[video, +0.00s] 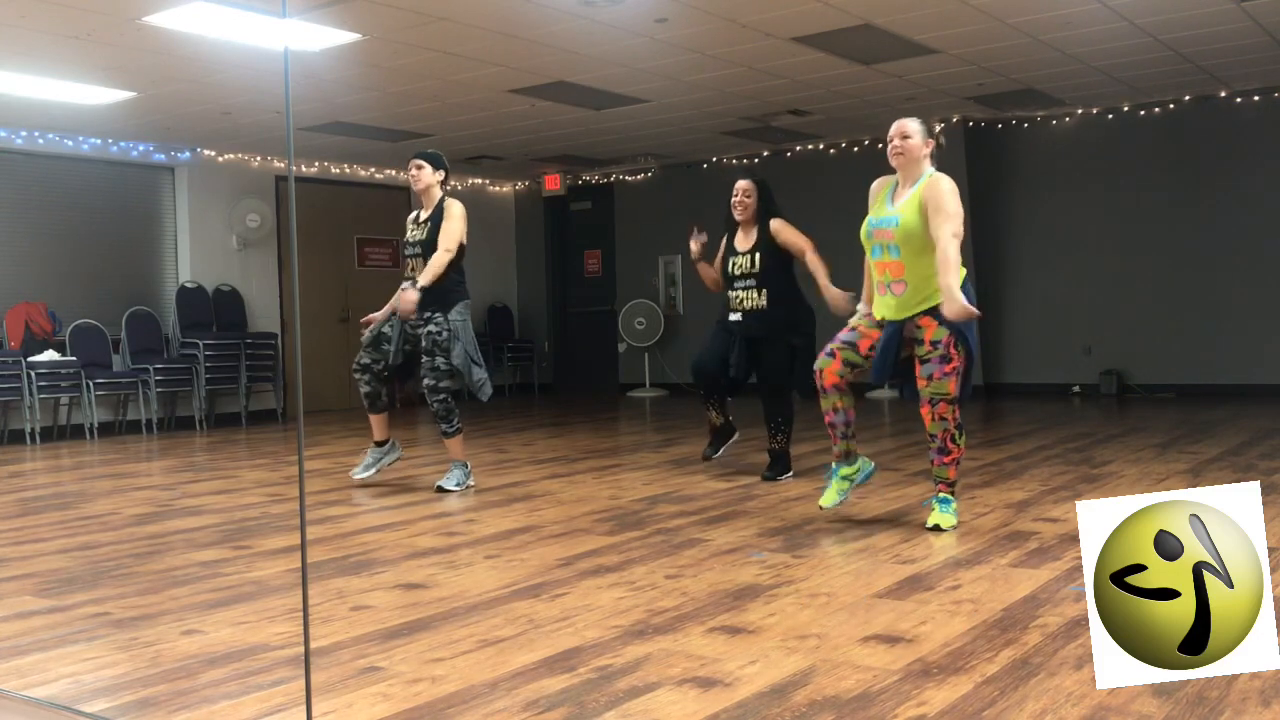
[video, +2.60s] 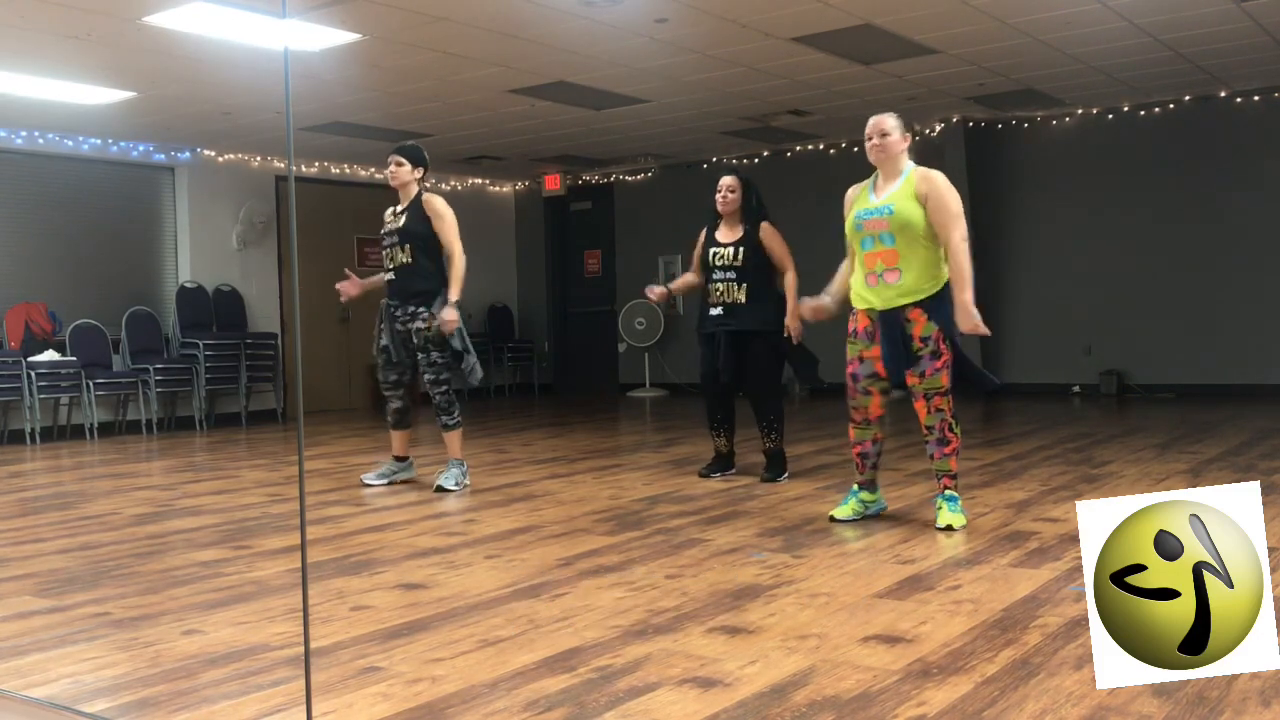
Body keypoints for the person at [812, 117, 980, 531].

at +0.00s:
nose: (894, 143)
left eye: (904, 136)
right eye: (889, 139)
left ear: (928, 146)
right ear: (887, 150)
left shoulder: (939, 187)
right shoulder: (880, 188)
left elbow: (948, 239)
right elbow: (873, 250)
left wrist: (950, 294)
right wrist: (866, 304)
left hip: (933, 314)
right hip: (883, 315)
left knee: (938, 405)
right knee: (829, 368)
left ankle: (944, 496)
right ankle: (848, 463)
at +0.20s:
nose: (883, 139)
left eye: (891, 132)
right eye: (876, 134)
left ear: (911, 141)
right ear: (869, 146)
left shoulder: (936, 183)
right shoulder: (856, 198)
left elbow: (968, 244)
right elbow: (847, 263)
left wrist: (977, 303)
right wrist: (820, 303)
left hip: (924, 311)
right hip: (868, 315)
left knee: (933, 404)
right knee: (861, 401)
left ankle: (943, 495)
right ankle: (863, 491)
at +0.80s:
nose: (879, 141)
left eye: (887, 133)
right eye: (872, 136)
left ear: (907, 140)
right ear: (865, 147)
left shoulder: (930, 188)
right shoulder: (849, 184)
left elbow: (954, 250)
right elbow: (827, 243)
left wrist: (936, 253)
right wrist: (816, 295)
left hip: (924, 307)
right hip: (866, 310)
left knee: (933, 400)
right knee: (859, 398)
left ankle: (946, 494)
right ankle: (863, 489)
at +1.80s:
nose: (849, 145)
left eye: (856, 138)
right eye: (841, 141)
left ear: (873, 148)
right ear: (831, 156)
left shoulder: (903, 184)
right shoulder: (822, 207)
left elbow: (938, 238)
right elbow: (810, 270)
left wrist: (955, 292)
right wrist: (787, 246)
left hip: (907, 311)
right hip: (847, 319)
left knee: (934, 385)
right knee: (851, 406)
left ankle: (930, 489)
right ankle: (865, 491)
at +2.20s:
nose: (873, 138)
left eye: (884, 131)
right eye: (869, 134)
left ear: (907, 139)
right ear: (864, 145)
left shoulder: (928, 188)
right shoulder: (849, 187)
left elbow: (952, 250)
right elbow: (814, 243)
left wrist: (932, 270)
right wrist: (790, 289)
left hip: (919, 310)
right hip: (864, 313)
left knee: (934, 403)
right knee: (863, 402)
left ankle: (949, 494)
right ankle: (867, 491)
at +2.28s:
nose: (880, 140)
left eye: (889, 133)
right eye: (876, 135)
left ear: (914, 142)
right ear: (872, 146)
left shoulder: (933, 189)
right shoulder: (858, 189)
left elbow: (954, 247)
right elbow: (848, 245)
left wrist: (915, 272)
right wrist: (843, 298)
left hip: (930, 309)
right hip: (875, 312)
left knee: (938, 401)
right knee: (834, 382)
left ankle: (949, 494)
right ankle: (859, 473)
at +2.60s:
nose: (873, 142)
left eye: (882, 134)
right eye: (868, 137)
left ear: (906, 140)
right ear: (864, 148)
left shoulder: (930, 182)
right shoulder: (855, 195)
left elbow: (956, 242)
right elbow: (854, 257)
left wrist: (964, 304)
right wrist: (830, 300)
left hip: (921, 309)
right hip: (867, 313)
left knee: (933, 402)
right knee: (861, 400)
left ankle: (948, 495)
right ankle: (867, 491)